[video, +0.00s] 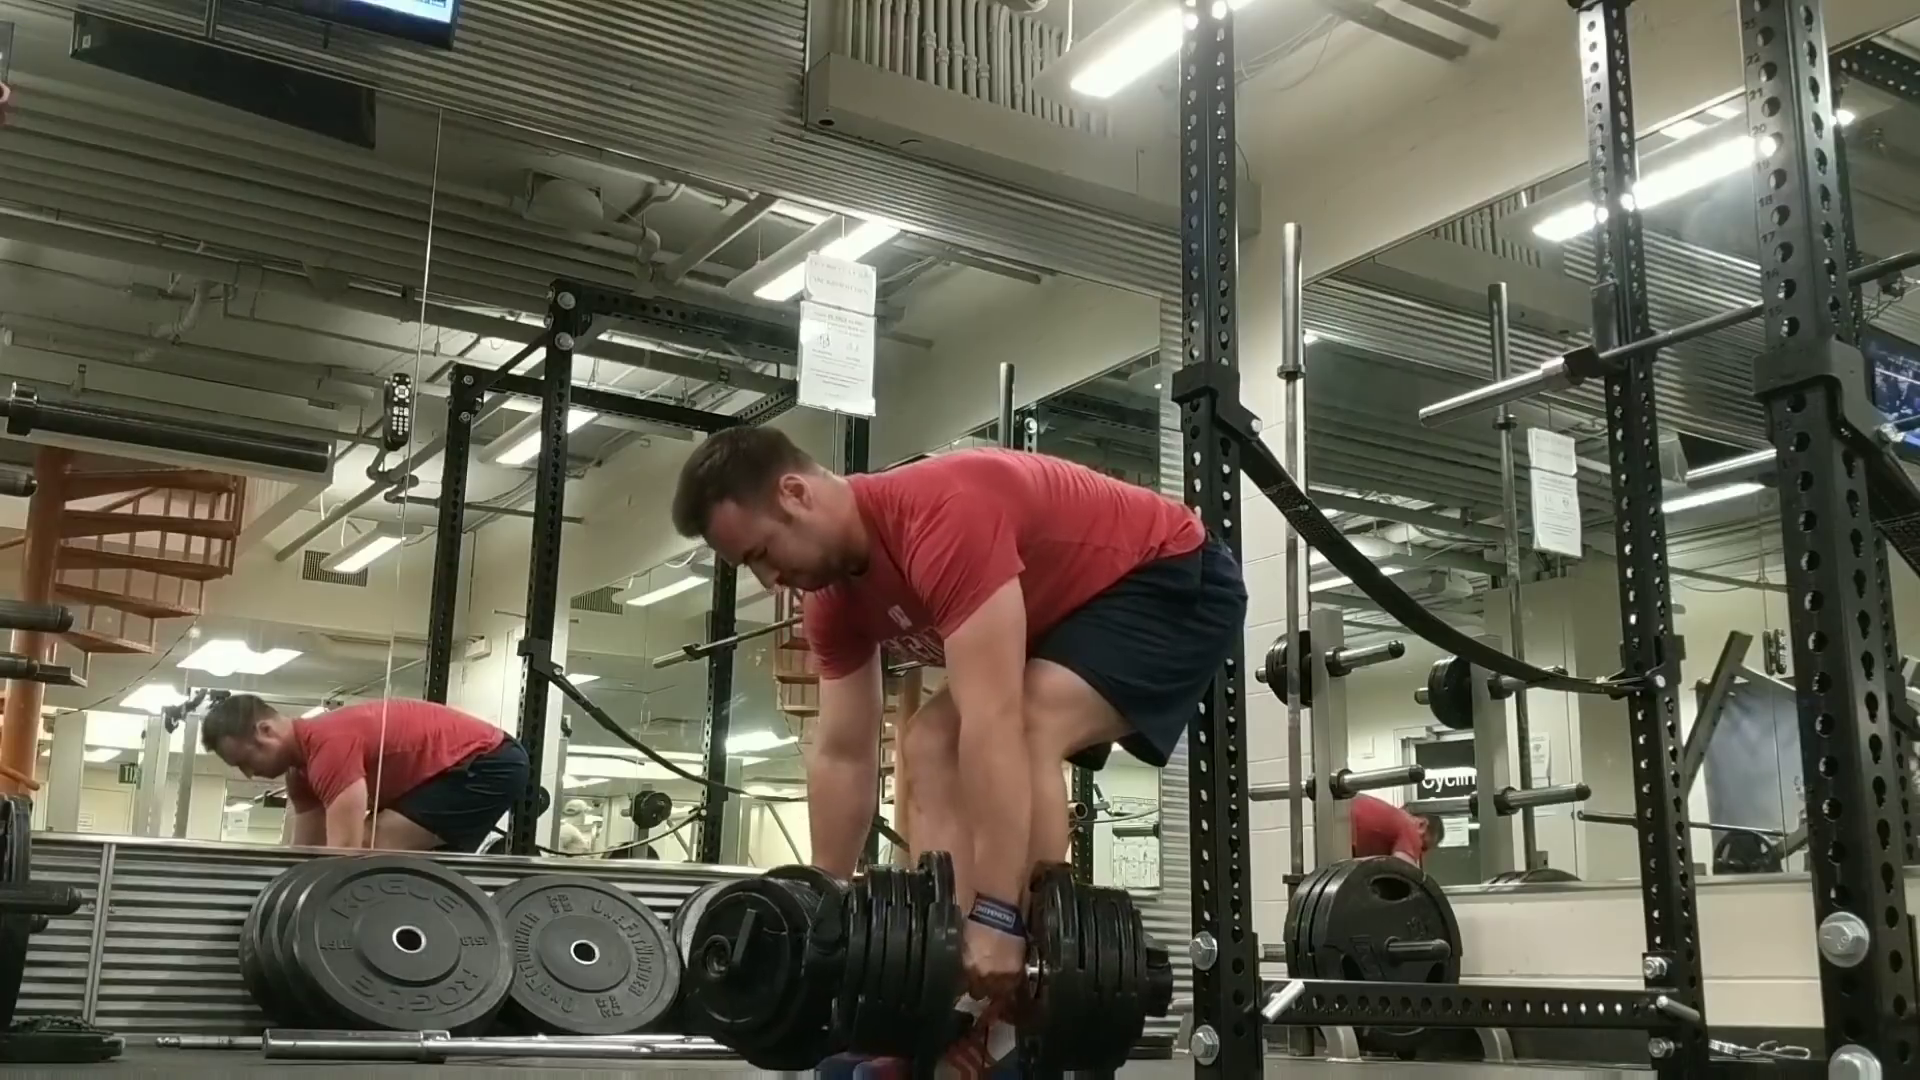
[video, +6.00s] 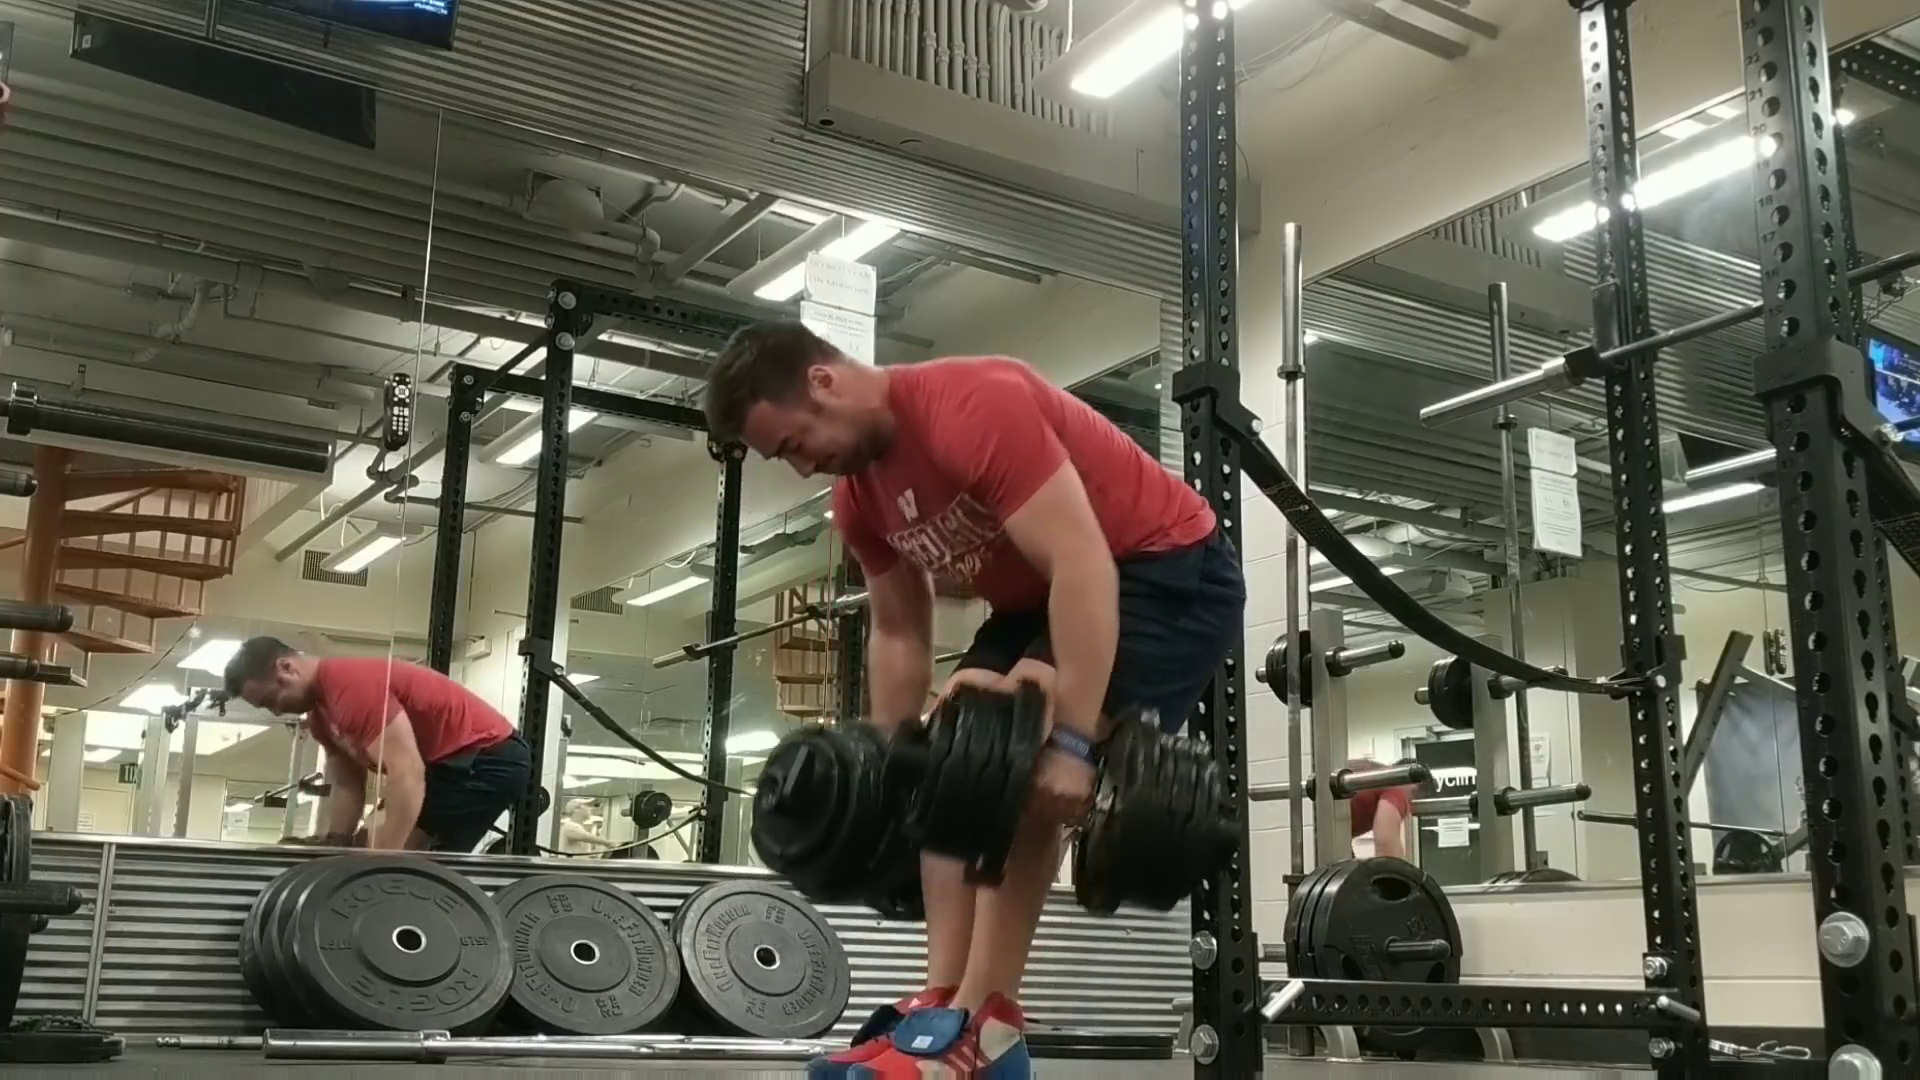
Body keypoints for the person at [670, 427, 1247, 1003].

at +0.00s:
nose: (767, 581)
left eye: (761, 554)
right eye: (749, 569)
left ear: (797, 492)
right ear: (799, 495)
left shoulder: (949, 516)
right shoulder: (836, 597)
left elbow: (994, 714)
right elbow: (842, 751)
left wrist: (998, 915)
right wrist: (828, 919)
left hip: (1170, 577)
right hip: (1065, 612)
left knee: (1022, 723)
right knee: (931, 733)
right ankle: (941, 986)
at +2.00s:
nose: (760, 593)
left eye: (755, 566)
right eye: (743, 581)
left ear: (793, 505)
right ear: (794, 509)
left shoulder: (940, 527)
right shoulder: (839, 611)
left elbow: (1013, 727)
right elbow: (876, 765)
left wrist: (1050, 921)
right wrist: (890, 943)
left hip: (1176, 585)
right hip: (1075, 612)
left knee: (1003, 739)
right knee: (932, 743)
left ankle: (975, 1021)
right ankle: (921, 1005)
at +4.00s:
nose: (783, 493)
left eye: (777, 469)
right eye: (765, 483)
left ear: (810, 404)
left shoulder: (958, 432)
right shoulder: (849, 523)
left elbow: (1069, 581)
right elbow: (891, 655)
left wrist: (1064, 761)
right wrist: (887, 803)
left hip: (1164, 570)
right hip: (1040, 600)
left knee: (1027, 727)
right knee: (947, 732)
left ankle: (990, 1017)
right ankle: (943, 998)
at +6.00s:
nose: (802, 467)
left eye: (795, 442)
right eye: (784, 458)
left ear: (826, 380)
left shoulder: (976, 408)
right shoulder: (859, 502)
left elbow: (1082, 561)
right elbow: (897, 630)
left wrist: (1073, 740)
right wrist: (885, 778)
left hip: (1169, 569)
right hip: (1044, 594)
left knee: (1035, 762)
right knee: (949, 753)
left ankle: (990, 1017)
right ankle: (941, 1002)